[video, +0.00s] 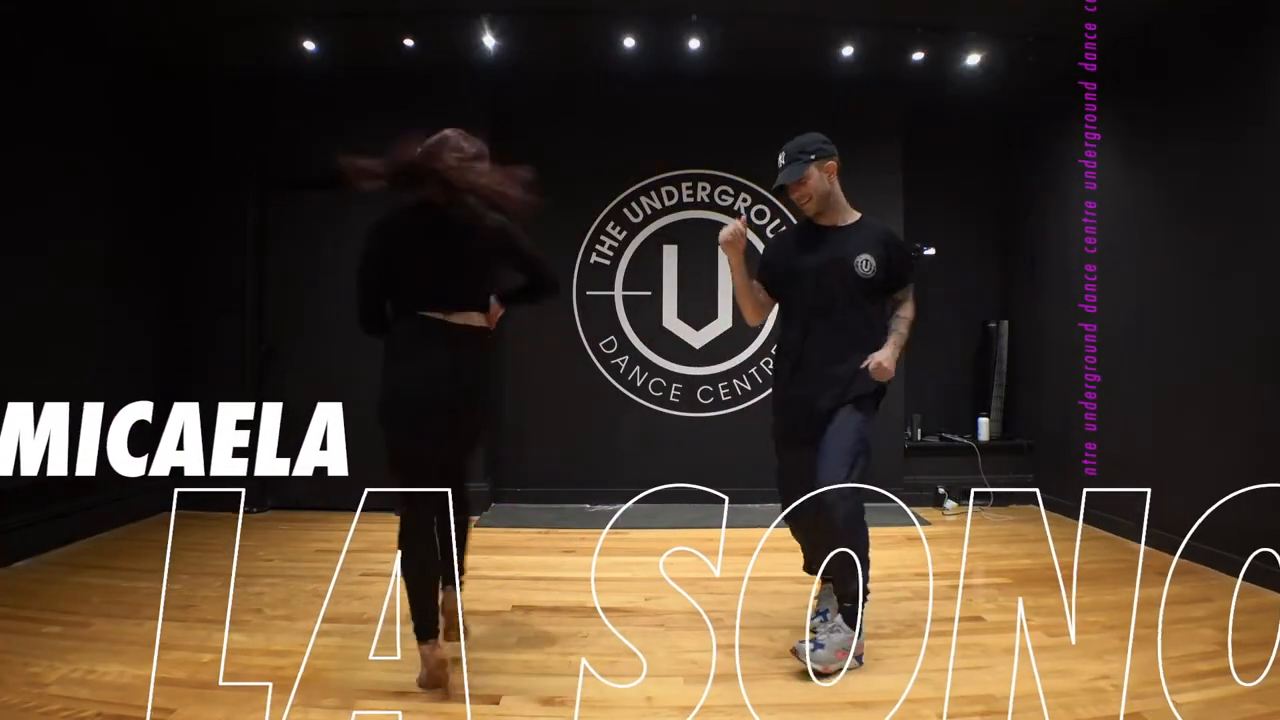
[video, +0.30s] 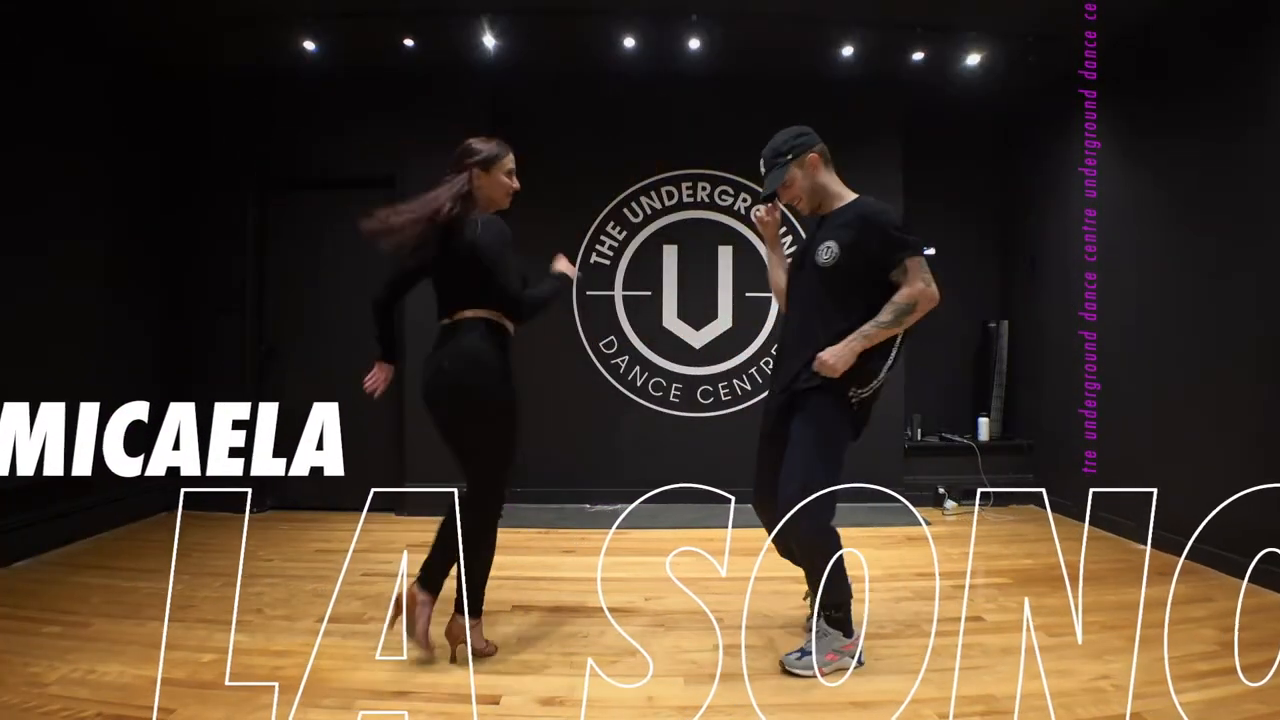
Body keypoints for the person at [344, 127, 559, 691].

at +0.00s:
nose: (469, 175)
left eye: (458, 161)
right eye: (470, 166)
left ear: (419, 172)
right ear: (478, 176)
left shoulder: (392, 224)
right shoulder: (487, 225)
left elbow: (370, 315)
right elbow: (543, 283)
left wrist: (411, 319)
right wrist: (497, 300)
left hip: (410, 362)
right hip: (470, 364)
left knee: (415, 503)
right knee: (456, 483)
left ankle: (428, 646)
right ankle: (450, 591)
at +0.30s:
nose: (516, 184)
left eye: (515, 174)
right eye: (508, 174)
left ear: (477, 180)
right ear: (477, 177)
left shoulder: (444, 228)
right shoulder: (490, 230)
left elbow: (389, 292)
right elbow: (522, 304)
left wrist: (387, 354)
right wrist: (560, 277)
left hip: (444, 355)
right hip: (483, 357)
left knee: (479, 484)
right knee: (489, 486)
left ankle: (425, 590)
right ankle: (468, 617)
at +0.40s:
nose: (527, 182)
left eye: (526, 173)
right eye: (517, 174)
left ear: (492, 183)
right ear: (487, 180)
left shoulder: (464, 230)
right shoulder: (496, 231)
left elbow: (420, 291)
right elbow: (513, 309)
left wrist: (442, 329)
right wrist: (586, 323)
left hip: (461, 366)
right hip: (485, 369)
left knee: (485, 481)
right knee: (499, 480)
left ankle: (464, 596)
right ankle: (465, 616)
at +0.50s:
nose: (533, 183)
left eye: (532, 174)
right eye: (524, 174)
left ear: (502, 184)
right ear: (495, 180)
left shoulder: (483, 229)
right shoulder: (496, 230)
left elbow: (449, 298)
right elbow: (500, 301)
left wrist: (500, 314)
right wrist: (570, 327)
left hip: (475, 363)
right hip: (486, 365)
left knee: (499, 480)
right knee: (498, 485)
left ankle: (488, 582)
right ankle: (464, 611)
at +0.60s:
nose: (542, 182)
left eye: (541, 174)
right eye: (532, 174)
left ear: (520, 182)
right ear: (503, 179)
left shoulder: (515, 236)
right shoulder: (493, 229)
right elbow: (470, 275)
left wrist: (565, 280)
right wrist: (534, 277)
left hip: (496, 367)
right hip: (486, 368)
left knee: (494, 477)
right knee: (539, 478)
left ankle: (482, 585)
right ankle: (489, 587)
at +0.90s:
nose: (556, 181)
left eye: (556, 173)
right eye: (547, 172)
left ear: (550, 182)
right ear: (517, 178)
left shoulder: (547, 244)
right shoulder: (493, 232)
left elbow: (568, 301)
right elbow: (484, 269)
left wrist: (620, 277)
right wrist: (531, 217)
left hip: (539, 368)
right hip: (502, 367)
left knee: (562, 477)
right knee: (531, 478)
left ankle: (517, 566)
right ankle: (524, 592)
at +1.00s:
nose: (559, 182)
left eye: (559, 173)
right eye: (550, 173)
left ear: (546, 182)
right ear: (520, 180)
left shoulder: (552, 242)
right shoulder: (499, 239)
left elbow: (567, 307)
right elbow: (508, 290)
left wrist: (621, 300)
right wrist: (536, 228)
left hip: (548, 370)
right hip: (505, 373)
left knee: (583, 477)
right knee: (530, 481)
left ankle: (562, 581)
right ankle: (522, 588)